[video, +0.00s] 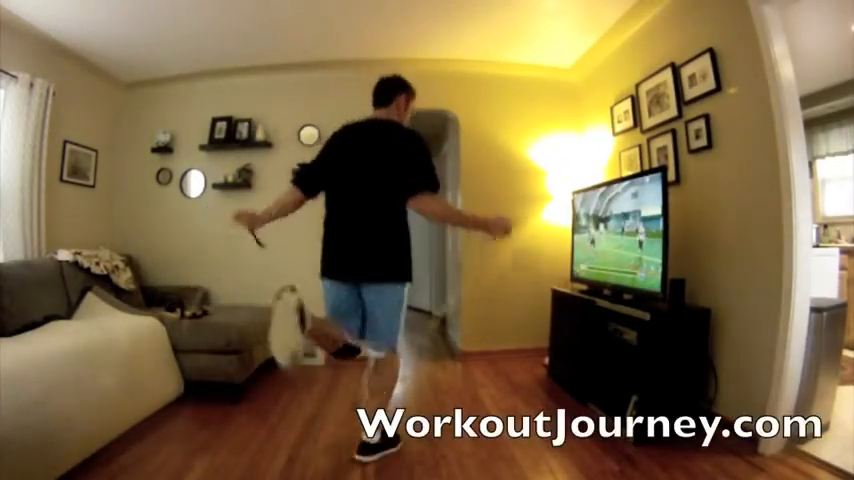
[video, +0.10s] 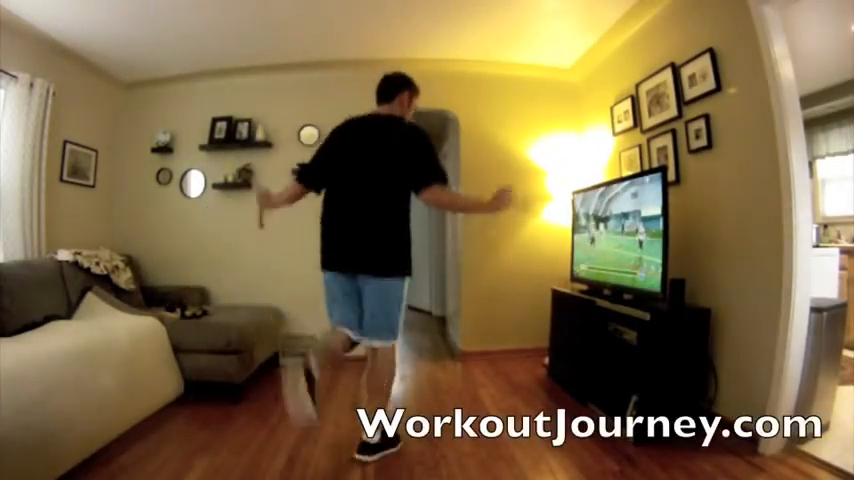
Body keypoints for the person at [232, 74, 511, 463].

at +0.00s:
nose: (411, 113)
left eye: (410, 106)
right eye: (411, 106)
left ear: (374, 103)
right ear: (402, 103)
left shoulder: (344, 137)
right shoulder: (407, 142)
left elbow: (303, 188)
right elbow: (420, 200)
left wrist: (261, 218)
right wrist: (482, 223)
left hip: (336, 258)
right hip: (385, 262)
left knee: (347, 344)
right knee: (382, 354)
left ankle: (307, 327)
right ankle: (375, 436)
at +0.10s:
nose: (414, 109)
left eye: (415, 103)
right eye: (414, 103)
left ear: (378, 98)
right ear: (405, 99)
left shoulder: (345, 131)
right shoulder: (410, 136)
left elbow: (306, 182)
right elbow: (432, 194)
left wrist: (272, 201)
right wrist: (489, 205)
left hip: (337, 251)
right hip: (385, 255)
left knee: (345, 331)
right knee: (382, 347)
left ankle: (313, 363)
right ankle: (375, 435)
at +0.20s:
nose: (415, 102)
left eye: (414, 95)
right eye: (415, 95)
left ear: (379, 91)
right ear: (407, 92)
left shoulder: (345, 122)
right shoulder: (413, 130)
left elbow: (306, 173)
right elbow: (438, 183)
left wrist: (280, 201)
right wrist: (486, 203)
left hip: (333, 243)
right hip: (381, 248)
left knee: (344, 333)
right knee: (380, 341)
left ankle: (331, 418)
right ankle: (376, 435)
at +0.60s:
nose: (406, 101)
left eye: (406, 96)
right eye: (406, 94)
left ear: (371, 88)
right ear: (397, 90)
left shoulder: (341, 119)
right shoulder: (403, 123)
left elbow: (308, 178)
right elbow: (425, 179)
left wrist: (280, 224)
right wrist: (453, 233)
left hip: (322, 231)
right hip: (367, 236)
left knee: (365, 313)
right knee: (362, 336)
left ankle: (369, 385)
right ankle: (350, 433)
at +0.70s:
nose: (398, 103)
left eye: (398, 98)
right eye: (399, 97)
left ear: (365, 93)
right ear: (391, 93)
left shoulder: (337, 126)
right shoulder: (396, 127)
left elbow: (298, 182)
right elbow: (416, 183)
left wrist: (261, 226)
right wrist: (446, 232)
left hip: (330, 241)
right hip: (372, 245)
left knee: (355, 329)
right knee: (379, 337)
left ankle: (343, 415)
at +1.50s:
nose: (413, 109)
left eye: (412, 104)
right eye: (414, 103)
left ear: (382, 97)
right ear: (408, 99)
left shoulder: (351, 126)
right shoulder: (407, 130)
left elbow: (319, 179)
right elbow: (427, 183)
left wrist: (288, 218)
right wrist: (455, 237)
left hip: (333, 226)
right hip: (379, 225)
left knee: (343, 318)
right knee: (404, 292)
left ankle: (311, 409)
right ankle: (381, 379)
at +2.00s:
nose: (406, 110)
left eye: (405, 104)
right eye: (406, 103)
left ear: (372, 99)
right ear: (396, 100)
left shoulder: (341, 128)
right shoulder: (400, 135)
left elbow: (301, 176)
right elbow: (411, 189)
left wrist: (269, 198)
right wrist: (470, 197)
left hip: (315, 240)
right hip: (361, 247)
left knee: (313, 327)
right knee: (361, 336)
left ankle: (262, 382)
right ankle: (344, 426)